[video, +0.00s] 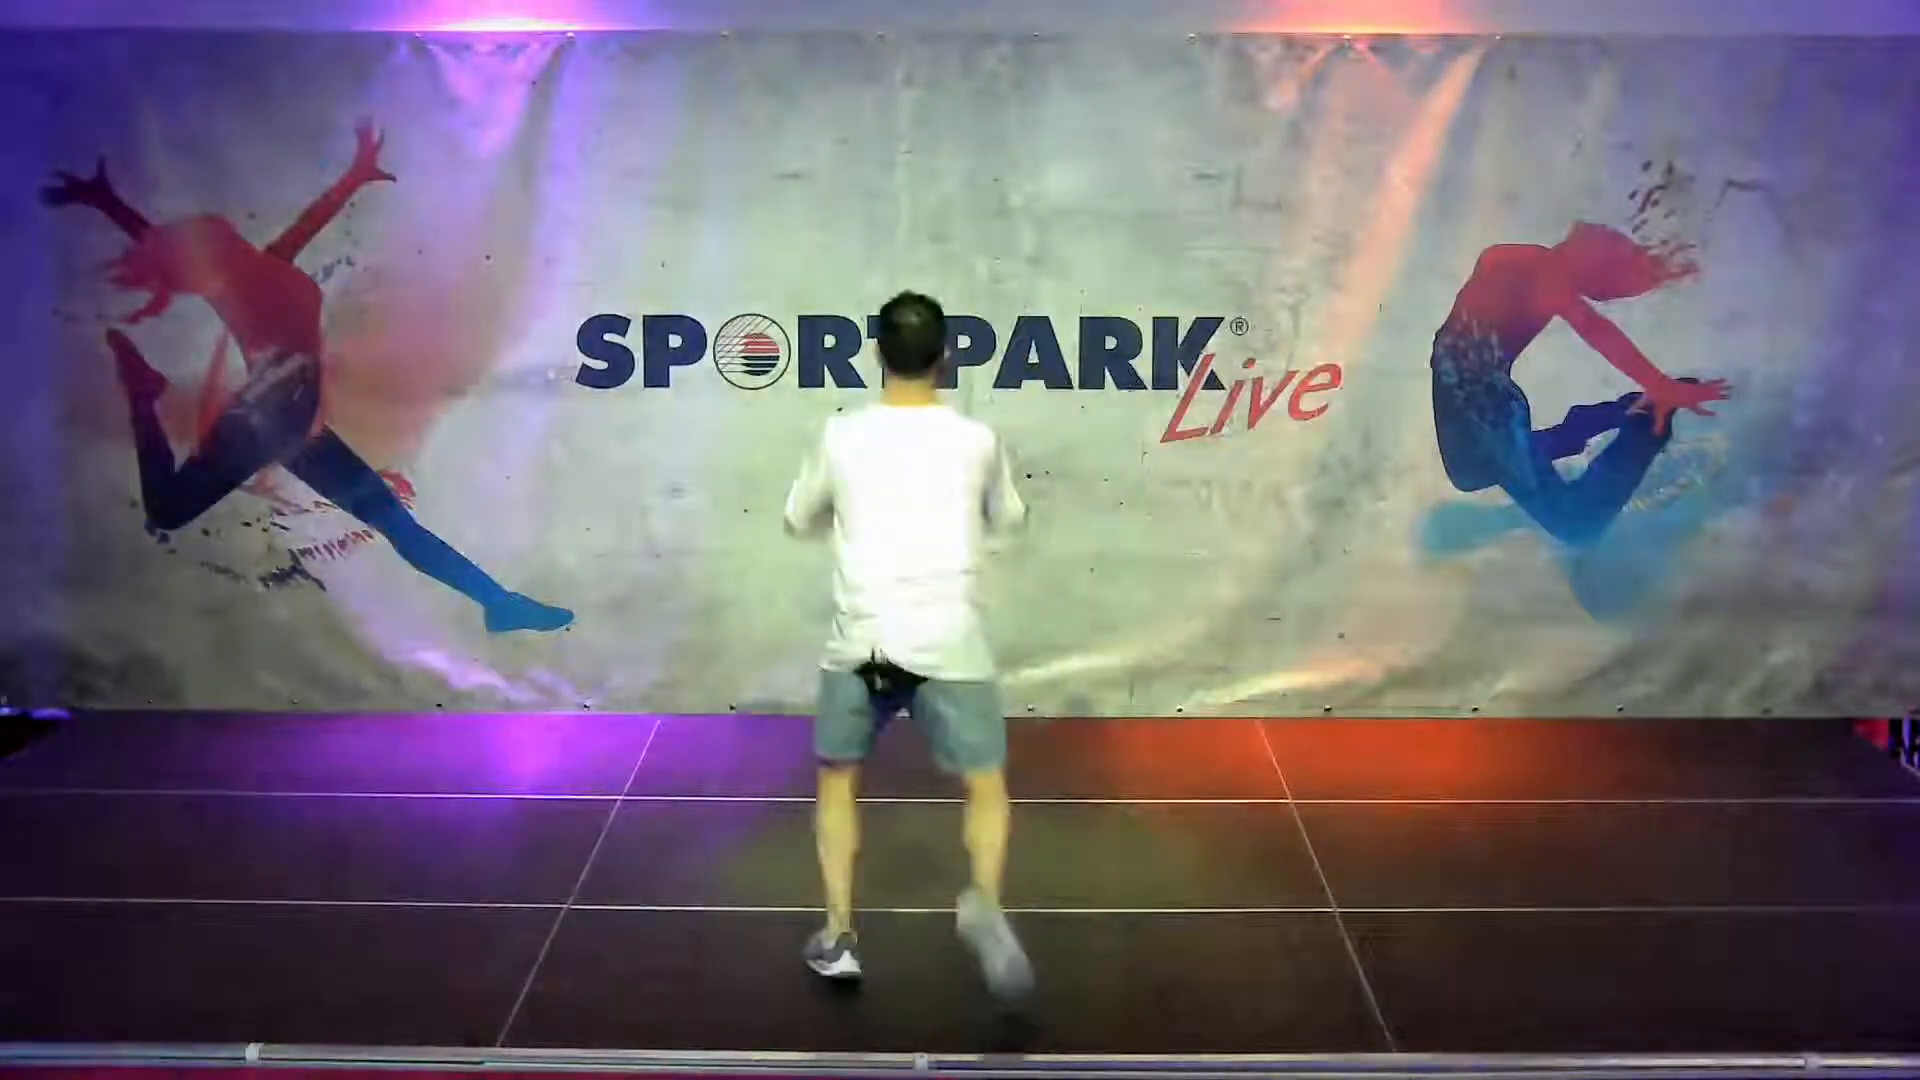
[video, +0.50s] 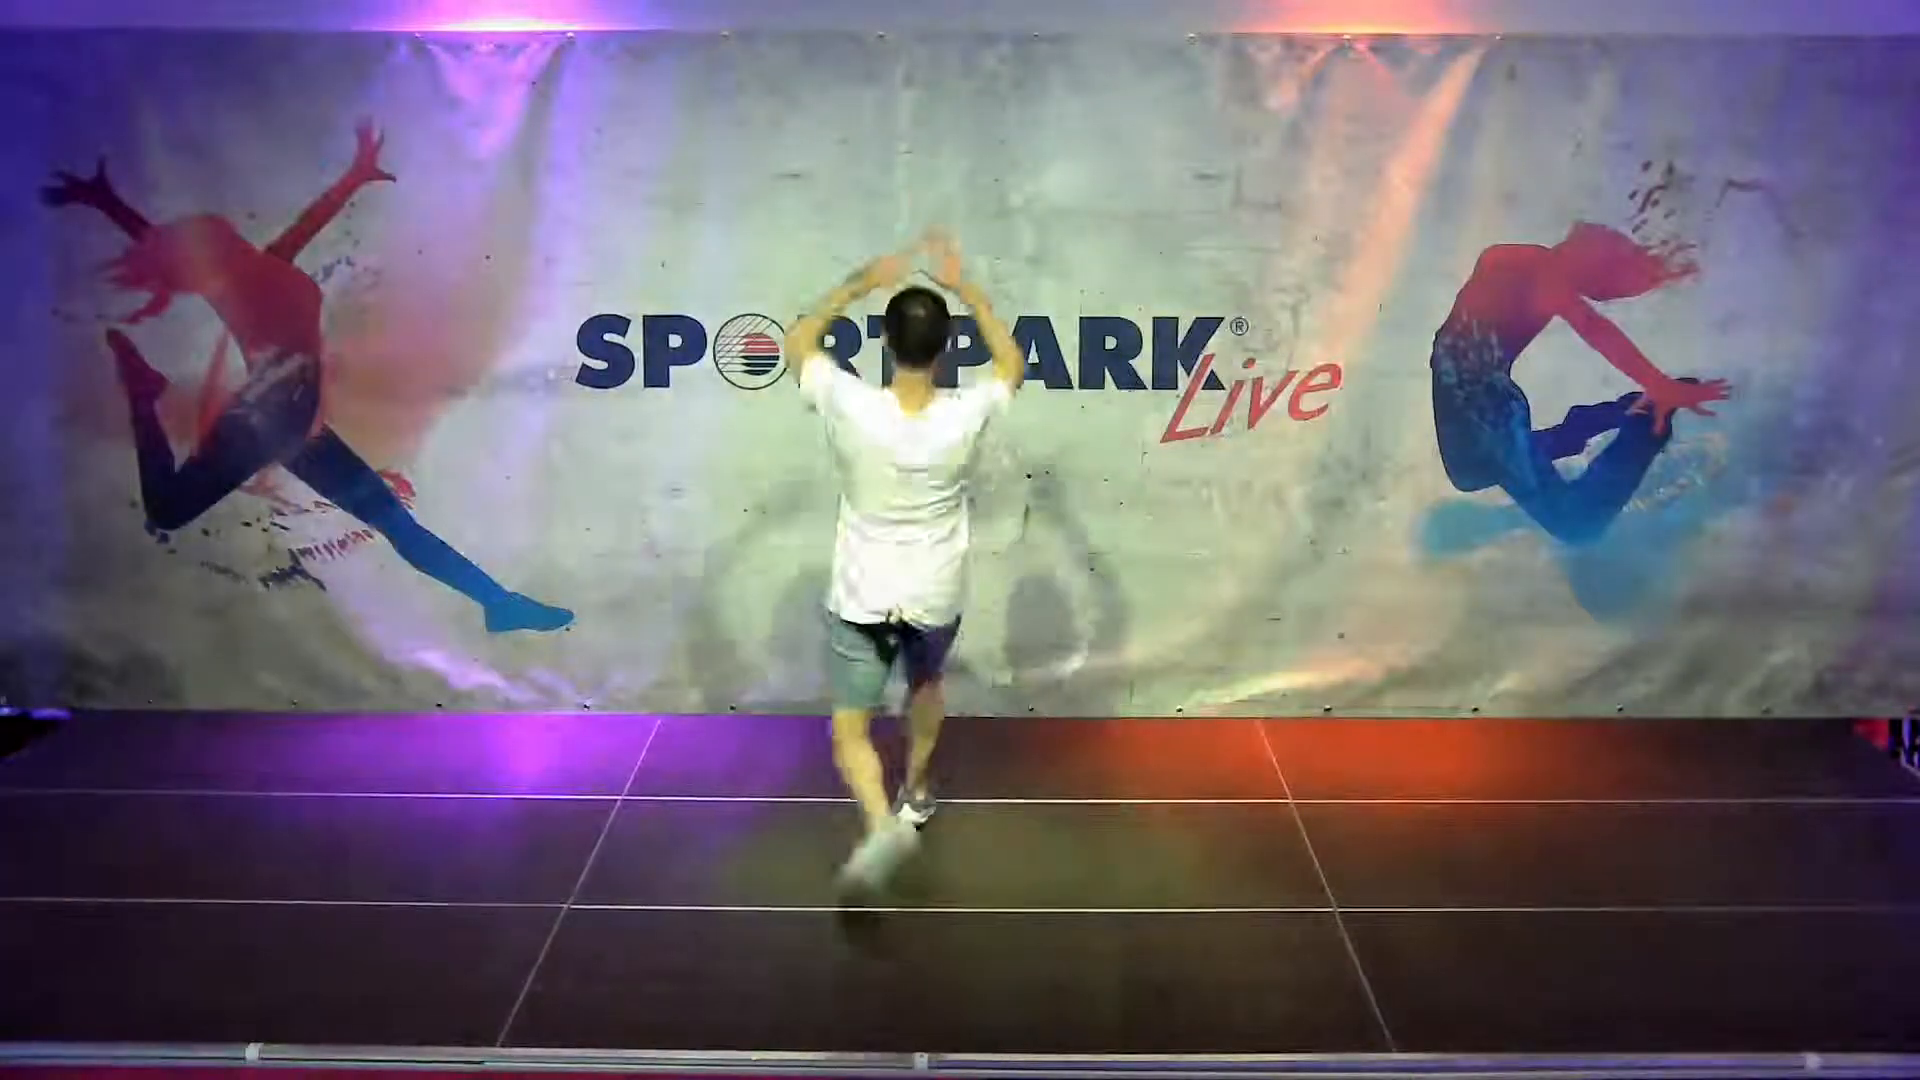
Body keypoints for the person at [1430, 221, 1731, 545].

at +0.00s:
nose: (1597, 286)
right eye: (1605, 279)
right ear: (1591, 243)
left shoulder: (1551, 282)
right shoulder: (1536, 266)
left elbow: (1596, 329)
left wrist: (1657, 384)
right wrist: (1647, 266)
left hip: (1486, 396)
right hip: (1455, 386)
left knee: (1574, 525)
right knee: (1468, 474)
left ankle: (1648, 425)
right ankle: (1568, 438)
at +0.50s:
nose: (1597, 284)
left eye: (1605, 281)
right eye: (1605, 278)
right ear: (1592, 243)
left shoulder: (1551, 283)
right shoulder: (1534, 265)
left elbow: (1596, 330)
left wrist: (1657, 383)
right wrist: (1649, 266)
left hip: (1485, 396)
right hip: (1455, 385)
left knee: (1575, 524)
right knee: (1468, 474)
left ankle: (1647, 426)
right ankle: (1569, 437)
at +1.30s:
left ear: (1589, 244)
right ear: (1592, 238)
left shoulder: (1547, 281)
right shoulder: (1535, 265)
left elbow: (1596, 329)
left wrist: (1657, 383)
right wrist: (1648, 271)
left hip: (1486, 401)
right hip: (1455, 390)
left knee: (1575, 524)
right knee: (1467, 474)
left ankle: (1647, 426)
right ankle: (1570, 437)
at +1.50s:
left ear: (1588, 243)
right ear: (1591, 238)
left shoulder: (1546, 280)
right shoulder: (1537, 265)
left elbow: (1596, 330)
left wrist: (1657, 383)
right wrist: (1648, 271)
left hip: (1486, 400)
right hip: (1454, 388)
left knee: (1575, 524)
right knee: (1468, 474)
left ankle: (1647, 426)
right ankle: (1570, 437)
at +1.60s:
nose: (1596, 229)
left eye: (1604, 244)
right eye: (1610, 240)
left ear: (1589, 245)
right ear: (1590, 237)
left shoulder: (1547, 280)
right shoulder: (1536, 265)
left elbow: (1596, 330)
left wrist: (1657, 383)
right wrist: (1649, 272)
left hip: (1487, 400)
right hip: (1454, 388)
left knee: (1574, 524)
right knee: (1468, 474)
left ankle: (1647, 426)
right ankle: (1569, 437)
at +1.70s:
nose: (1599, 231)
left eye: (1605, 245)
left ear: (1591, 247)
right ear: (1593, 237)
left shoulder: (1546, 280)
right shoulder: (1534, 265)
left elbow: (1596, 329)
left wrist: (1657, 383)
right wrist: (1649, 272)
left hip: (1487, 401)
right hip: (1454, 390)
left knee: (1575, 524)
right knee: (1467, 474)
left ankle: (1648, 425)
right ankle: (1570, 436)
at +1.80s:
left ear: (1588, 243)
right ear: (1591, 238)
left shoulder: (1546, 280)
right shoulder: (1537, 265)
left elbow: (1596, 330)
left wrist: (1657, 383)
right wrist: (1648, 271)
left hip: (1486, 400)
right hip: (1455, 388)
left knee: (1575, 524)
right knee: (1468, 474)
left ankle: (1647, 426)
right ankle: (1570, 436)